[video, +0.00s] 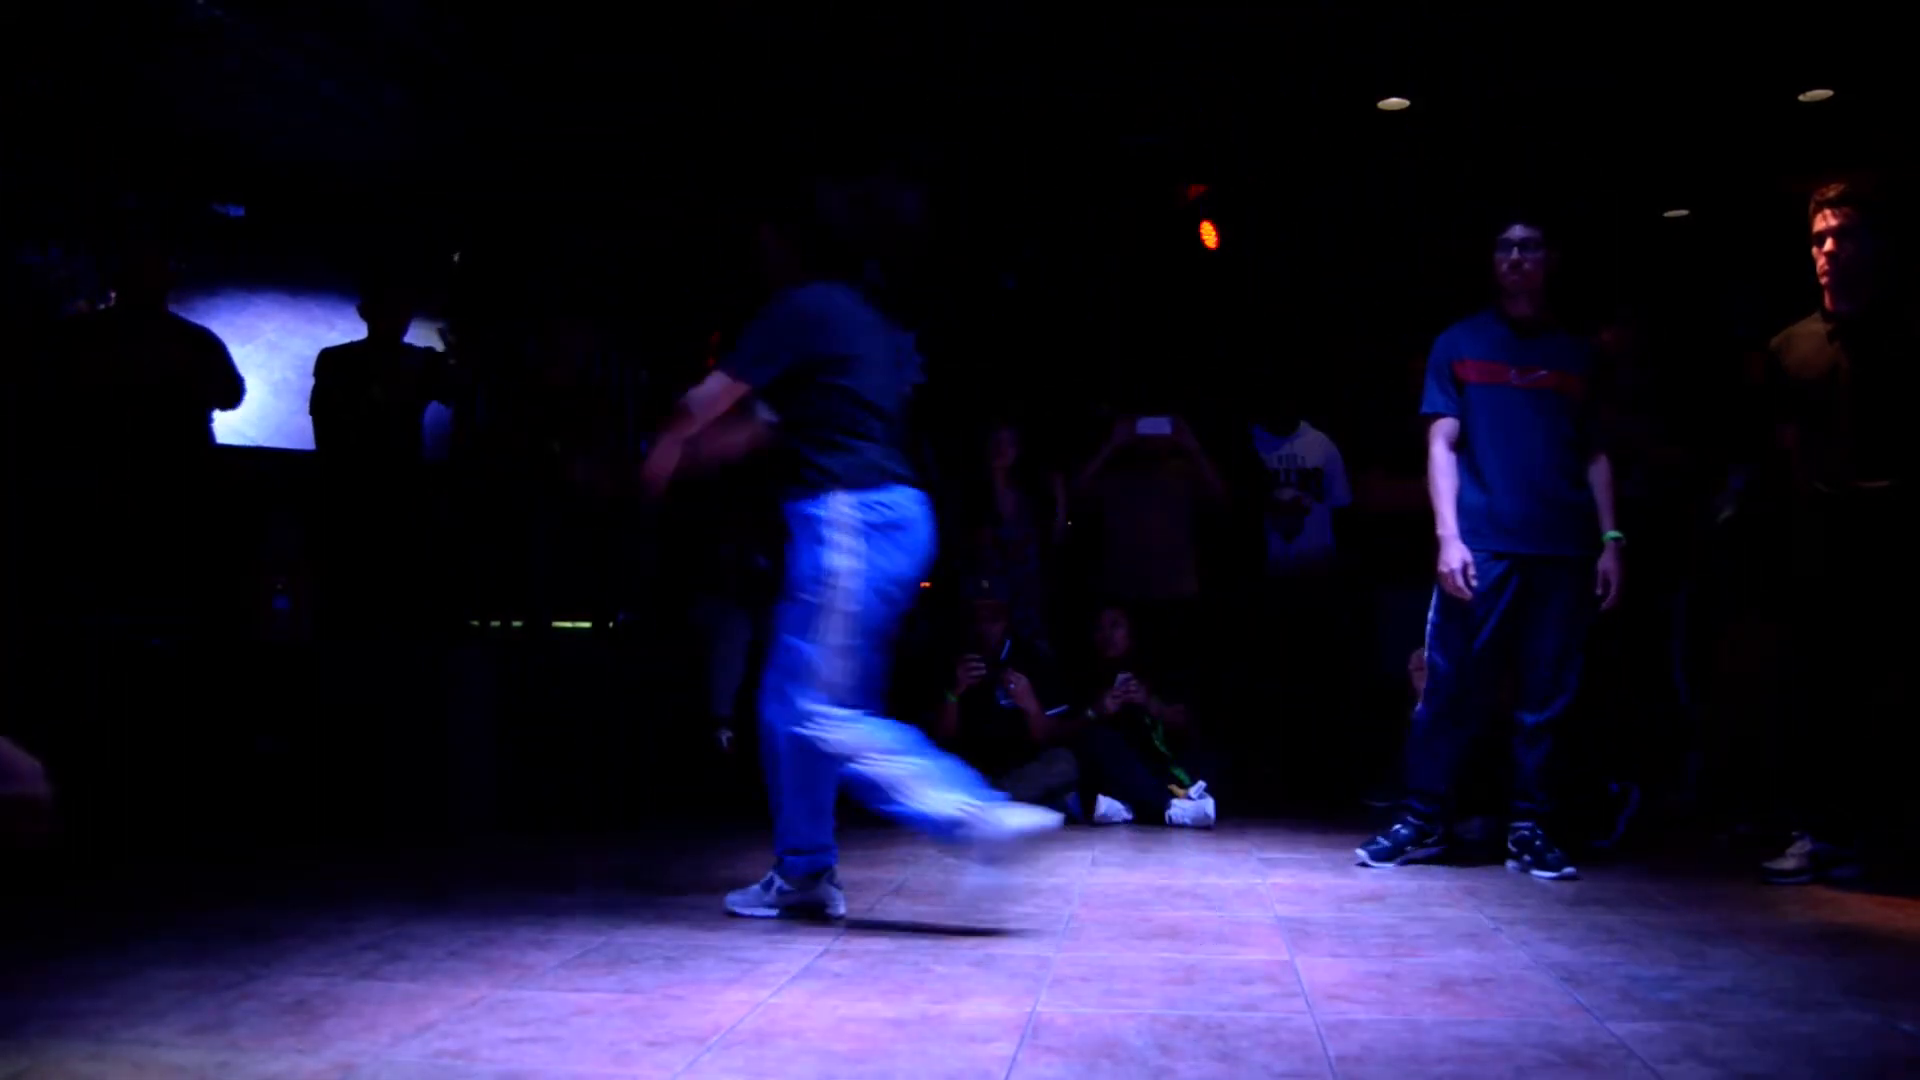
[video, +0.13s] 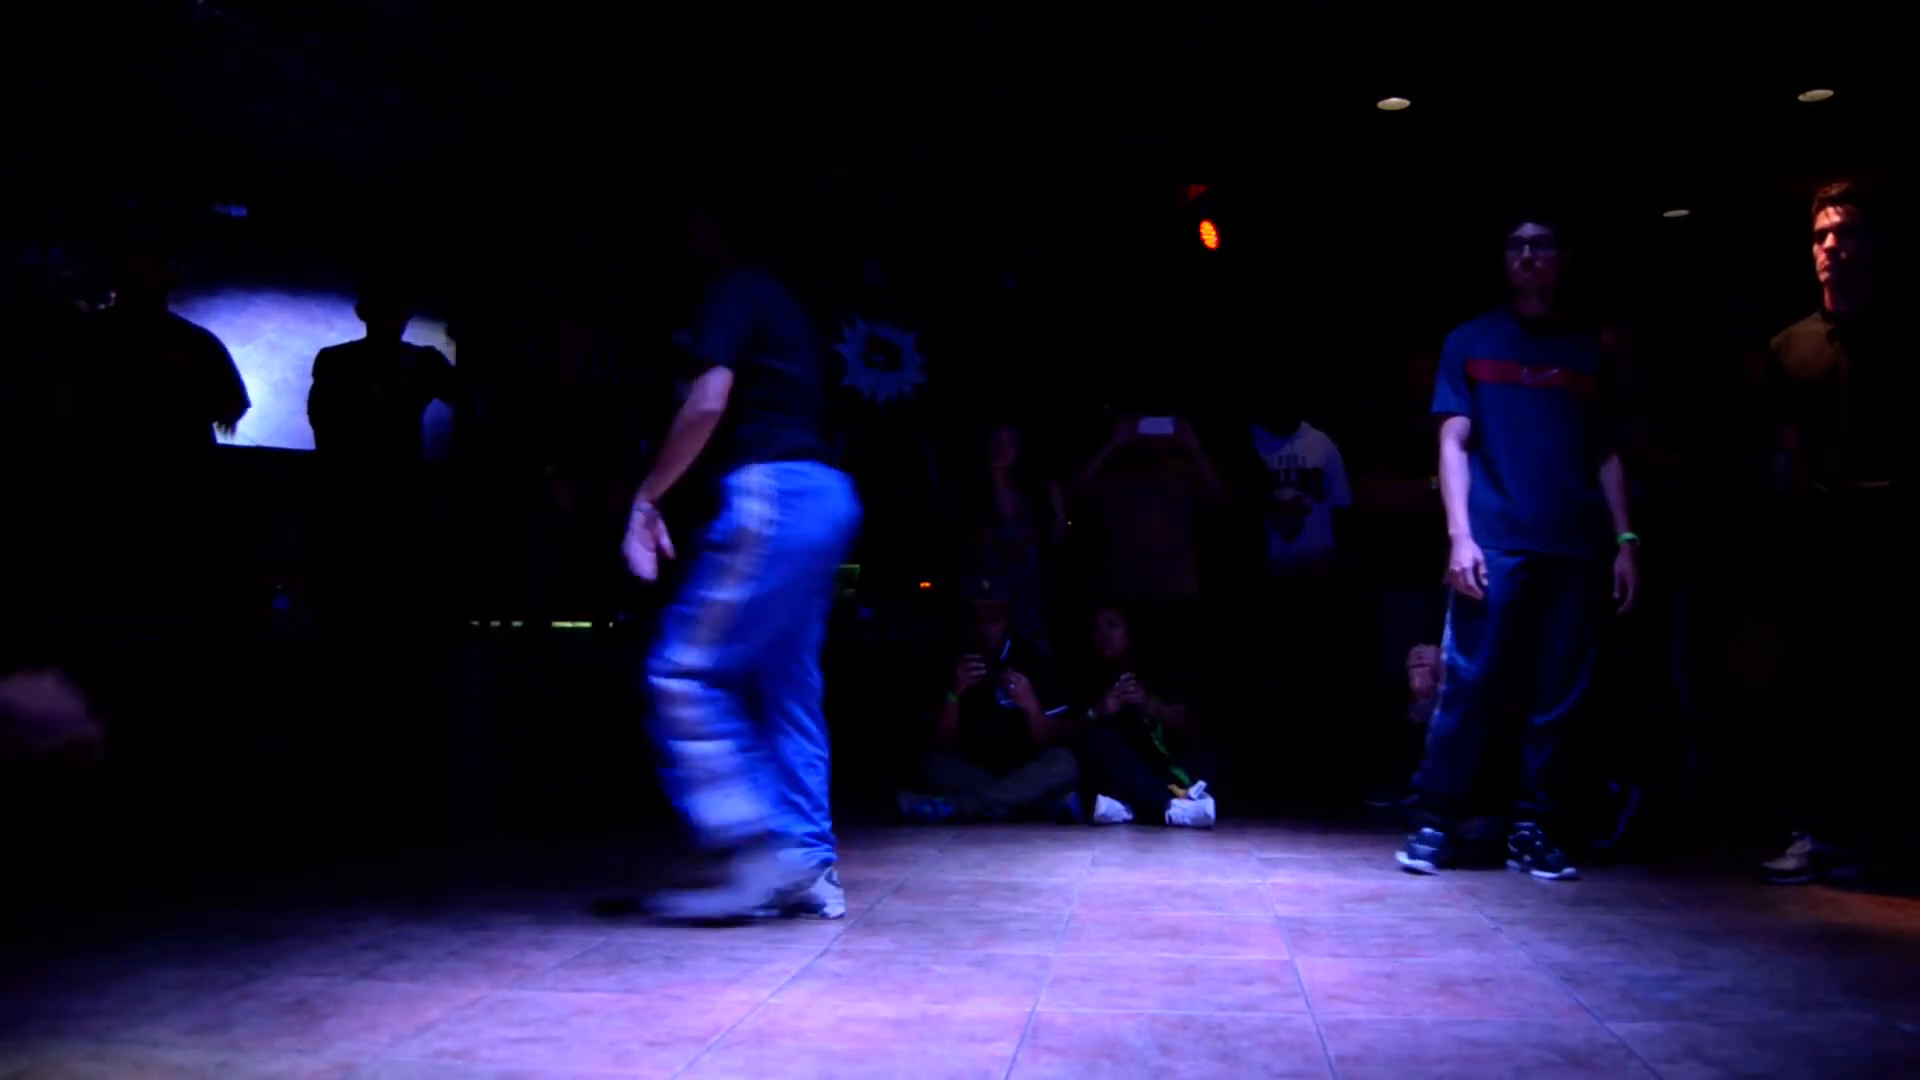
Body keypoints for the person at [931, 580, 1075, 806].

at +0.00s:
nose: (987, 629)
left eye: (994, 621)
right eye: (980, 621)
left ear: (1006, 623)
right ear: (969, 624)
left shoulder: (1027, 659)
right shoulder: (955, 662)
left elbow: (1047, 735)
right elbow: (942, 737)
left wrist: (1030, 705)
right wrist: (955, 693)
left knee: (1063, 764)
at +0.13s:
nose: (986, 629)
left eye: (994, 620)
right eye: (979, 621)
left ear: (1006, 622)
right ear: (967, 623)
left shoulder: (1027, 659)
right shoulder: (952, 660)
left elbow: (1047, 736)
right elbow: (940, 741)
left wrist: (1029, 704)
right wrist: (955, 692)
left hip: (1021, 755)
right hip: (969, 756)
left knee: (1063, 764)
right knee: (935, 766)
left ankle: (957, 806)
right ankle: (1038, 805)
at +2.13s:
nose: (987, 624)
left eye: (994, 615)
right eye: (980, 616)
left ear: (1007, 619)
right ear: (970, 621)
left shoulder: (1028, 659)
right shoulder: (956, 660)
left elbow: (1044, 737)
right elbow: (942, 741)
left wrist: (1027, 702)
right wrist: (954, 693)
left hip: (1021, 755)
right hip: (970, 755)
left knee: (1063, 764)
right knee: (934, 766)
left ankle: (958, 806)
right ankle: (1039, 805)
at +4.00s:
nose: (1003, 628)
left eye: (1012, 619)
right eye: (997, 619)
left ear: (1032, 623)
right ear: (989, 626)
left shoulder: (1055, 665)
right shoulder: (977, 666)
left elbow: (1075, 744)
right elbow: (966, 743)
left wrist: (1055, 710)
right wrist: (980, 700)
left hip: (1047, 762)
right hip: (994, 764)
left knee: (1089, 771)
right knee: (959, 771)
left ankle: (985, 814)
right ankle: (1065, 813)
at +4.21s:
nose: (1037, 625)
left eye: (1045, 616)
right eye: (1031, 617)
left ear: (1062, 621)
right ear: (1022, 624)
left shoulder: (1085, 661)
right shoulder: (1010, 662)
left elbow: (1102, 741)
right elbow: (996, 740)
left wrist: (1083, 706)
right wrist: (1010, 695)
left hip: (1076, 757)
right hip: (1025, 758)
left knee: (1117, 767)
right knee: (991, 769)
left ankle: (1014, 810)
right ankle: (1094, 809)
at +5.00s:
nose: (1072, 625)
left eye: (1079, 615)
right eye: (1064, 616)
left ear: (1091, 620)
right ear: (1051, 621)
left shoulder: (1110, 660)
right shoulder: (1036, 662)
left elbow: (1128, 738)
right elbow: (1024, 742)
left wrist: (1108, 705)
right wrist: (1034, 694)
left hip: (1101, 757)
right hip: (1051, 757)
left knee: (1141, 766)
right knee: (1018, 768)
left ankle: (1037, 809)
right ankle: (1120, 808)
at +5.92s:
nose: (1068, 628)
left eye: (1075, 618)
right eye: (1061, 619)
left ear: (1088, 622)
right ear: (1050, 625)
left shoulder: (1110, 661)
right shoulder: (1036, 661)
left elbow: (1128, 738)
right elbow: (1020, 740)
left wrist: (1107, 705)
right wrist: (1035, 695)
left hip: (1101, 756)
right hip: (1050, 756)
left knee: (1141, 767)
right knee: (1016, 768)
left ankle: (1035, 809)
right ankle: (1120, 808)